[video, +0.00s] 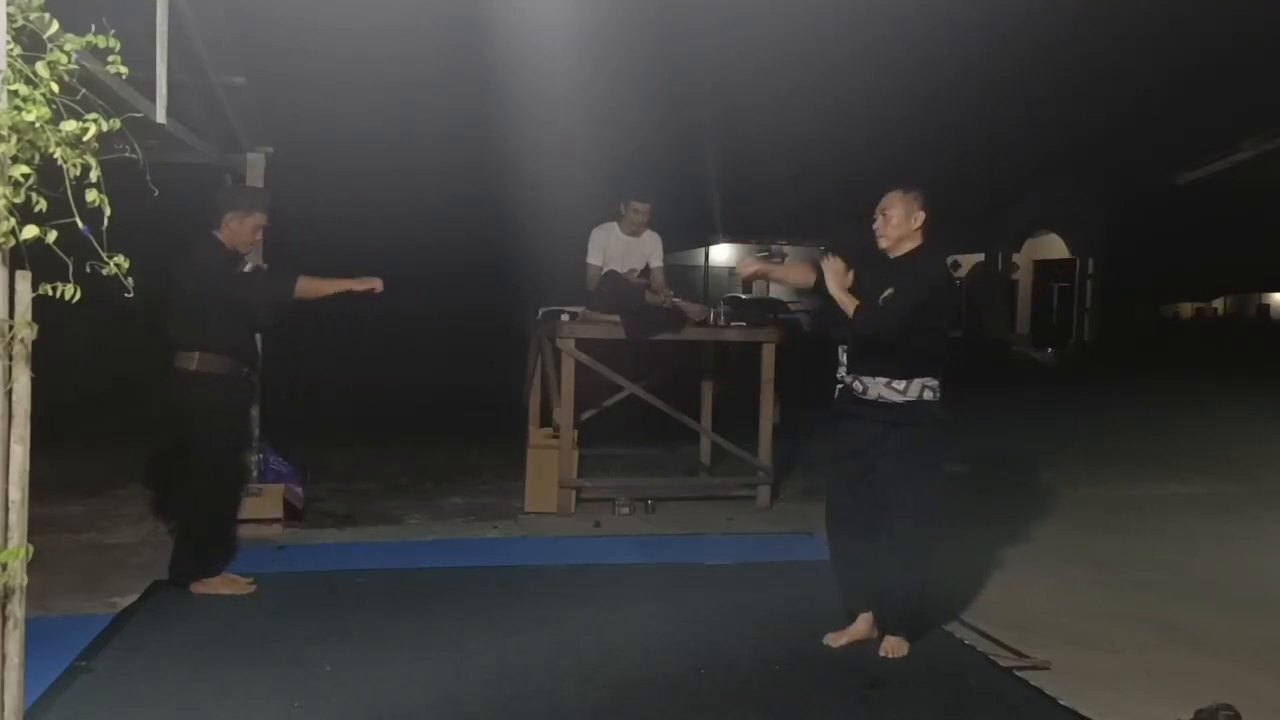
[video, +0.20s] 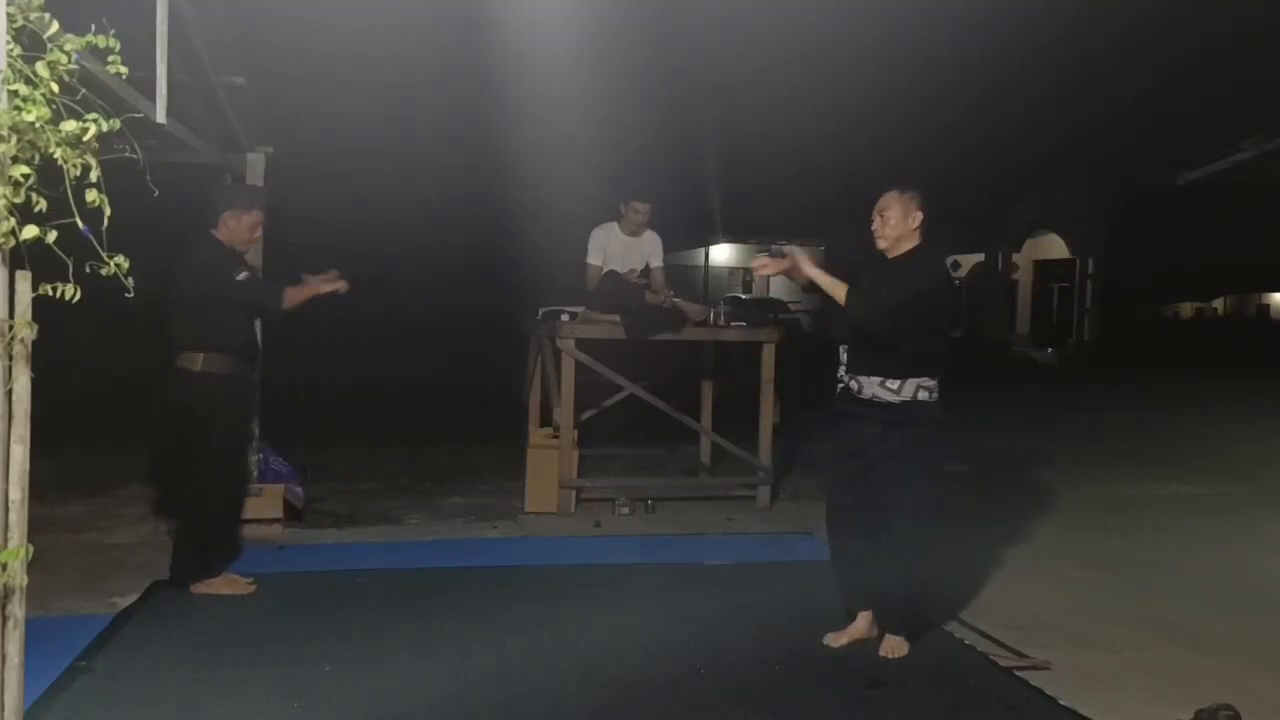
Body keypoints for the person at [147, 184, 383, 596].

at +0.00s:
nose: (259, 237)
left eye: (261, 229)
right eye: (256, 228)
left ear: (231, 225)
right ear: (230, 222)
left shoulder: (206, 256)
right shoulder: (210, 262)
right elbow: (276, 287)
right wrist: (348, 285)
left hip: (202, 380)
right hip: (209, 384)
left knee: (211, 471)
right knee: (217, 473)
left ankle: (197, 567)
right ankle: (202, 573)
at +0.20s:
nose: (258, 235)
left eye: (260, 226)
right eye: (254, 225)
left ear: (230, 222)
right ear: (229, 220)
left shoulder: (211, 255)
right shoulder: (214, 261)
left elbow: (259, 294)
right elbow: (269, 301)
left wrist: (303, 284)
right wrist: (318, 288)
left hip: (211, 380)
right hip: (211, 383)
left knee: (215, 472)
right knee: (217, 475)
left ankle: (204, 566)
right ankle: (202, 572)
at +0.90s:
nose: (252, 218)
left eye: (250, 210)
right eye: (245, 211)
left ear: (222, 217)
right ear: (221, 216)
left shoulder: (214, 258)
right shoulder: (208, 260)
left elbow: (241, 307)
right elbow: (253, 293)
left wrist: (288, 310)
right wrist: (277, 282)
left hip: (217, 379)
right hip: (209, 381)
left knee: (219, 471)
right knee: (215, 473)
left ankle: (209, 567)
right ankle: (203, 573)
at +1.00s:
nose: (251, 217)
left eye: (248, 209)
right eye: (244, 209)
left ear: (222, 215)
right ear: (221, 214)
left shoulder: (219, 258)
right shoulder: (207, 259)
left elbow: (247, 319)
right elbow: (270, 295)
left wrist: (302, 325)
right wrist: (268, 253)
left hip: (220, 378)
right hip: (208, 380)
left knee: (220, 472)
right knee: (214, 473)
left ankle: (208, 567)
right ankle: (202, 573)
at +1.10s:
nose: (251, 217)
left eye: (249, 209)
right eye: (244, 209)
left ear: (221, 215)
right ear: (221, 214)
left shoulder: (214, 257)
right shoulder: (209, 258)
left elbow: (250, 320)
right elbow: (264, 308)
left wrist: (303, 323)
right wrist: (277, 262)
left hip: (216, 377)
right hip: (209, 380)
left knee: (217, 473)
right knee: (215, 474)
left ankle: (205, 567)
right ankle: (203, 573)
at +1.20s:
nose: (251, 219)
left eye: (250, 211)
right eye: (245, 212)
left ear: (220, 216)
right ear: (221, 216)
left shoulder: (201, 255)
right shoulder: (216, 260)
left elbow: (234, 322)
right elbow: (247, 325)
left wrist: (277, 311)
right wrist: (293, 309)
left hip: (200, 377)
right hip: (214, 381)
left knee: (212, 472)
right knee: (217, 474)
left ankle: (202, 567)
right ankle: (204, 573)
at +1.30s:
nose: (255, 222)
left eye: (254, 214)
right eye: (248, 214)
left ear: (227, 219)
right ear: (225, 218)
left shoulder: (214, 257)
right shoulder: (216, 260)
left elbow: (232, 323)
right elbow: (238, 327)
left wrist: (275, 322)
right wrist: (287, 321)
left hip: (209, 379)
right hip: (212, 382)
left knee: (215, 474)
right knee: (217, 476)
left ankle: (208, 567)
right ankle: (204, 573)